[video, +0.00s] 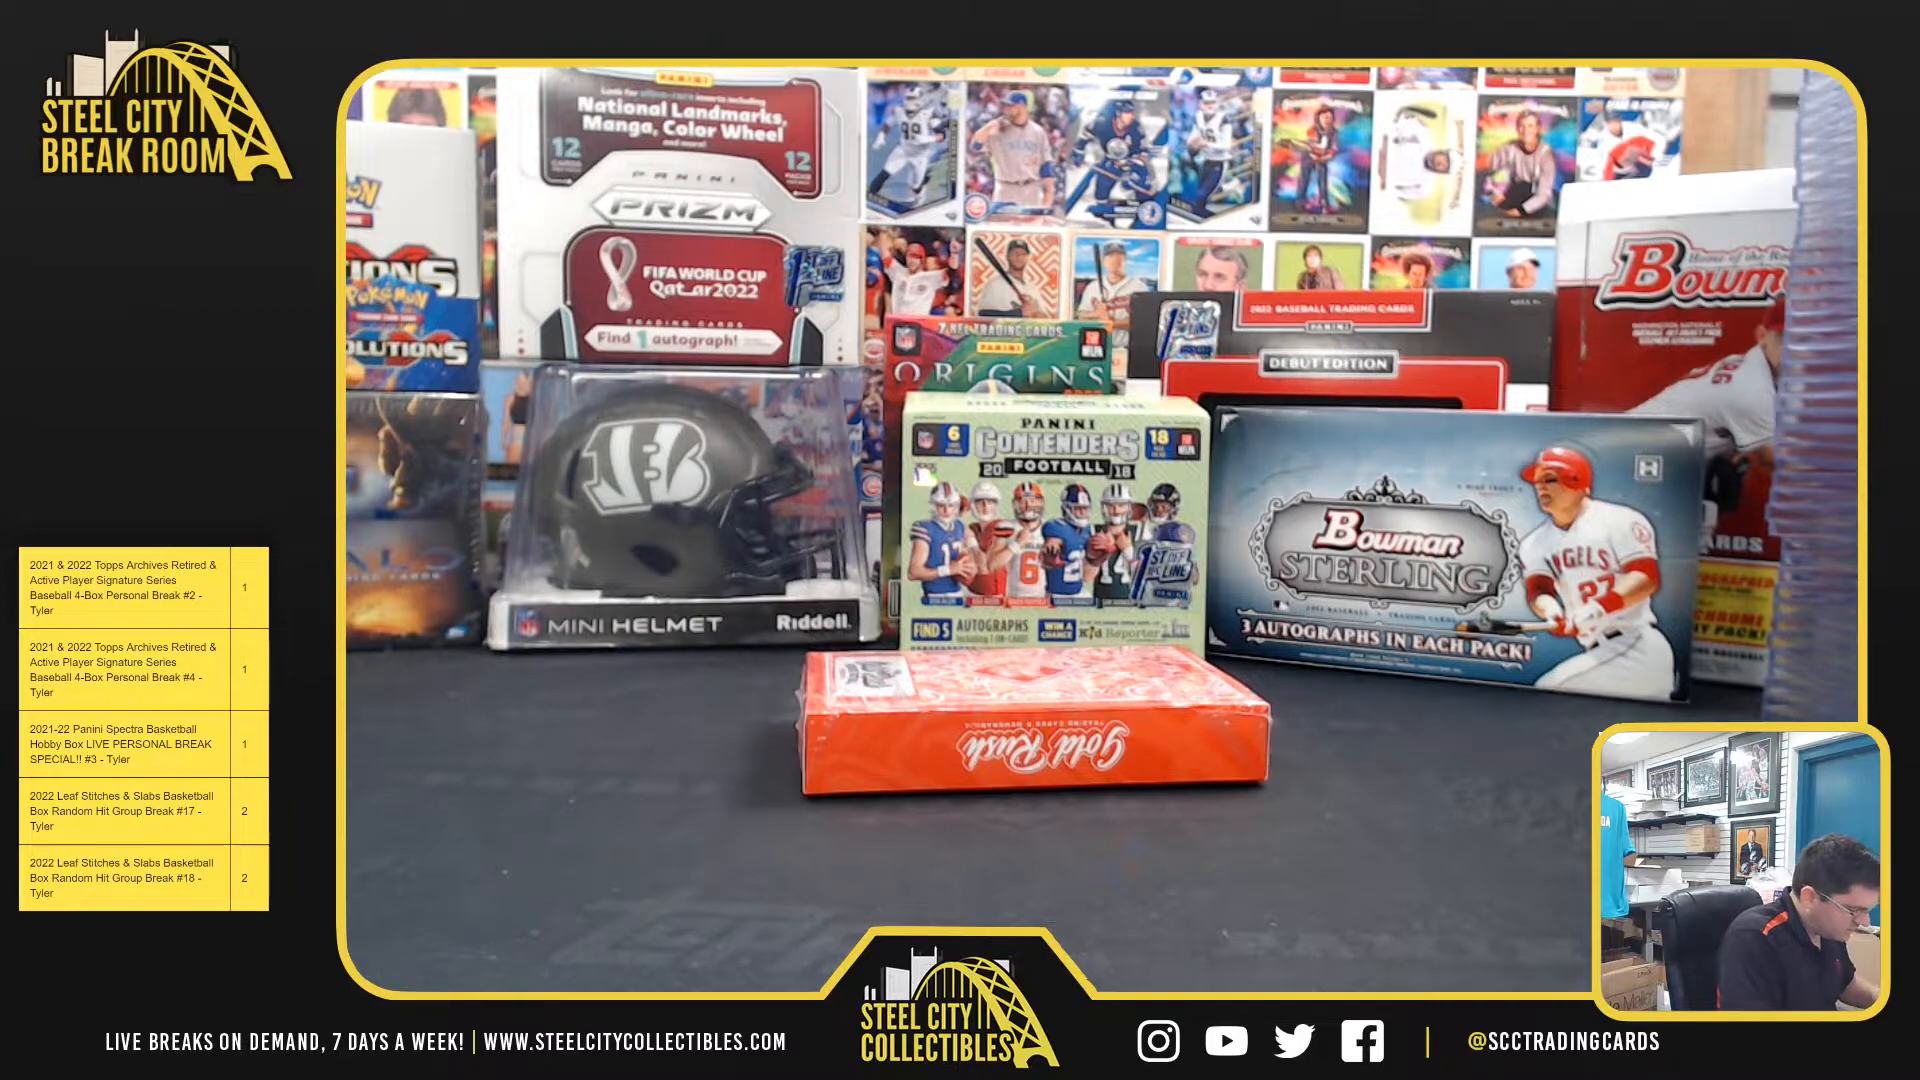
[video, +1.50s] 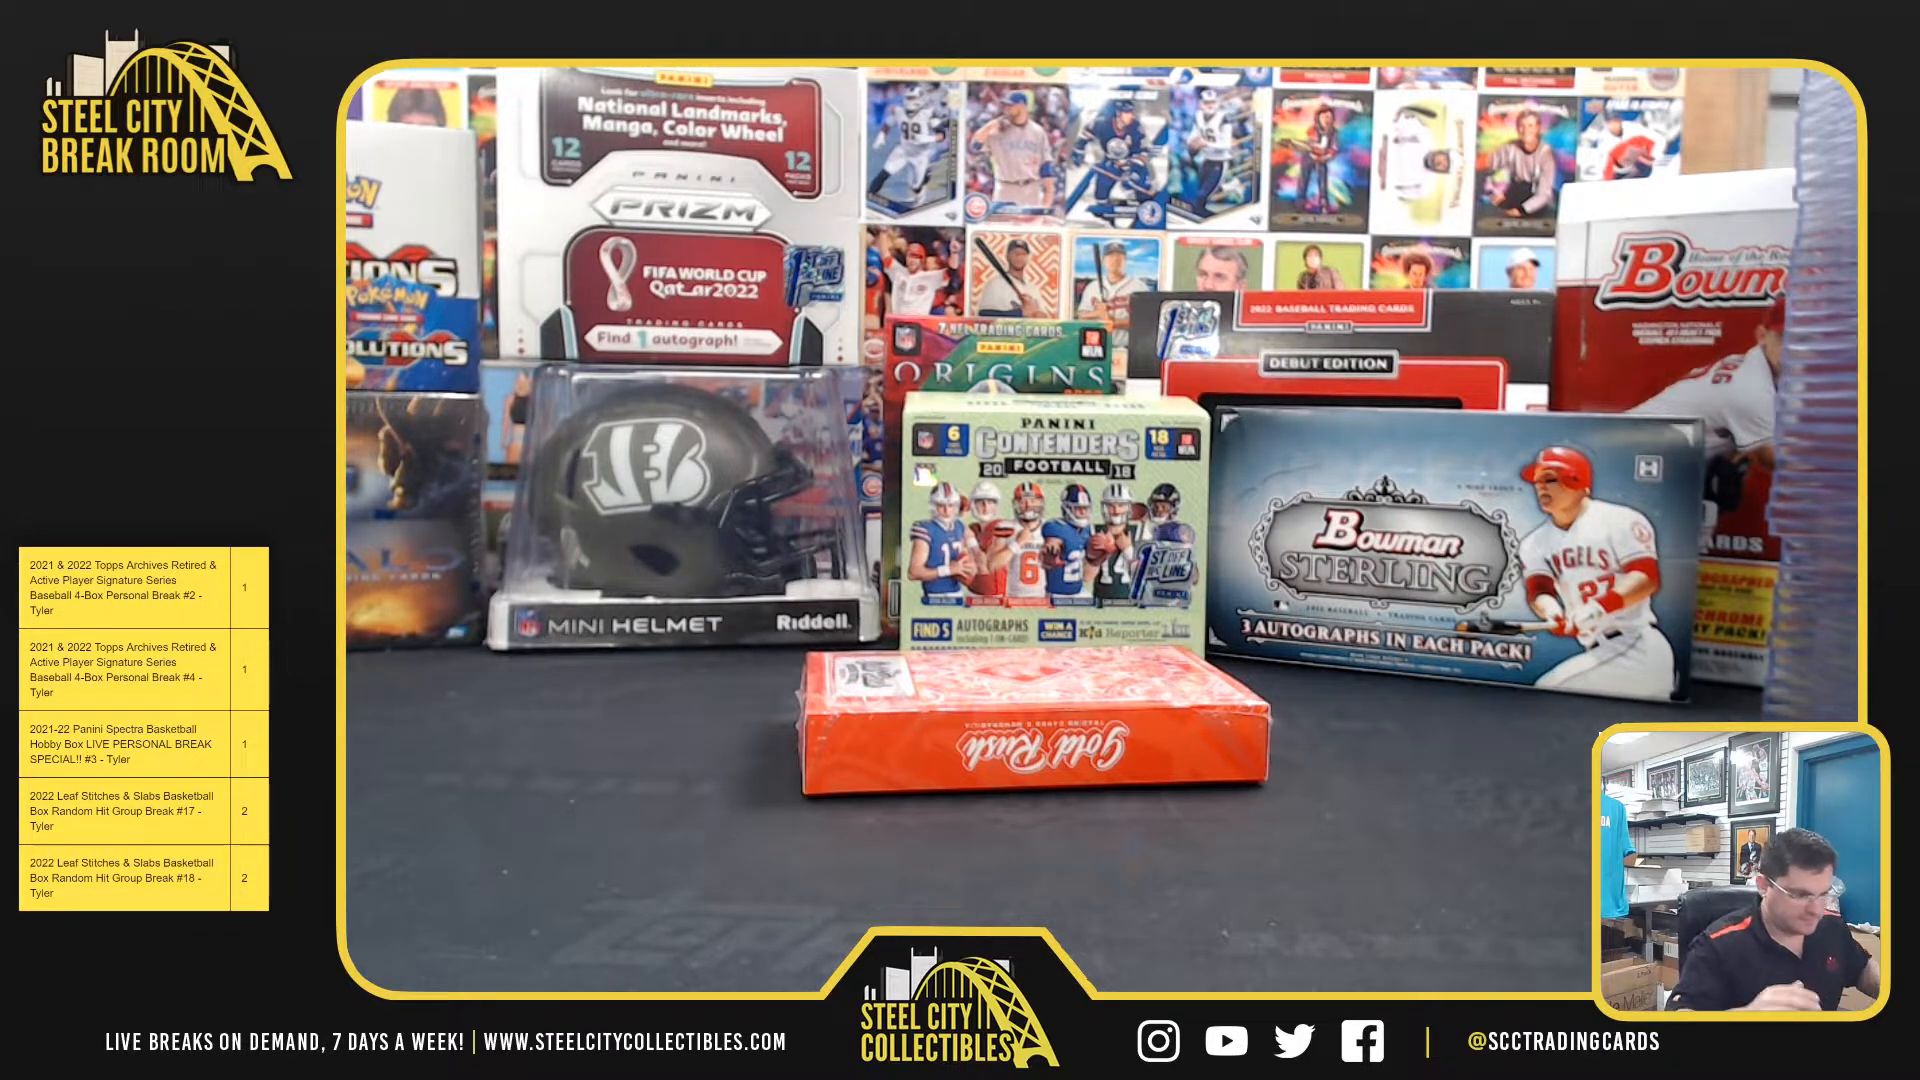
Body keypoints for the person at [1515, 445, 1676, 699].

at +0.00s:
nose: (1540, 490)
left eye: (1549, 480)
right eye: (1537, 483)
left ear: (1578, 484)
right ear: (1533, 488)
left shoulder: (1624, 521)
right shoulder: (1534, 545)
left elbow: (1646, 577)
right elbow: (1538, 591)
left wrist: (1599, 608)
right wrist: (1553, 613)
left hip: (1638, 649)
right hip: (1599, 652)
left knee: (1546, 692)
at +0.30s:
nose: (1540, 490)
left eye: (1550, 481)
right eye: (1537, 483)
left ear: (1578, 484)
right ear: (1533, 488)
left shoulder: (1624, 521)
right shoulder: (1534, 545)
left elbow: (1646, 577)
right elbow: (1539, 591)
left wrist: (1599, 608)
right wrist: (1554, 614)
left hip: (1638, 648)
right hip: (1599, 652)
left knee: (1546, 693)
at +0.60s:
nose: (1540, 490)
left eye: (1549, 481)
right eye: (1537, 484)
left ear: (1578, 484)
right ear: (1533, 488)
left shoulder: (1625, 521)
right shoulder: (1534, 545)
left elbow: (1646, 577)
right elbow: (1539, 591)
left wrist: (1599, 608)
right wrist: (1554, 614)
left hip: (1638, 649)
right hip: (1599, 652)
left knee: (1546, 692)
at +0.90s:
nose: (1540, 490)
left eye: (1549, 481)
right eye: (1537, 483)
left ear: (1578, 484)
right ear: (1533, 487)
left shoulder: (1624, 521)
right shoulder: (1534, 545)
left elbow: (1646, 577)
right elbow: (1538, 591)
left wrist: (1599, 608)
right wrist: (1553, 613)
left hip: (1638, 648)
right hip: (1599, 652)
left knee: (1546, 692)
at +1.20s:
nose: (1540, 489)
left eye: (1550, 480)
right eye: (1537, 483)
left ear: (1578, 485)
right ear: (1533, 487)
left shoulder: (1624, 521)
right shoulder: (1534, 545)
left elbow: (1646, 577)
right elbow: (1539, 591)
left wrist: (1599, 608)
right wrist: (1554, 614)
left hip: (1638, 649)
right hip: (1598, 652)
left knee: (1545, 693)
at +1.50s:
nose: (1540, 489)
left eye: (1550, 480)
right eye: (1537, 482)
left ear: (1578, 485)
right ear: (1533, 487)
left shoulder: (1624, 521)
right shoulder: (1534, 545)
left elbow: (1646, 577)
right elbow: (1538, 591)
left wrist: (1599, 608)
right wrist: (1553, 614)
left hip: (1638, 649)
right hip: (1598, 652)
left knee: (1545, 693)